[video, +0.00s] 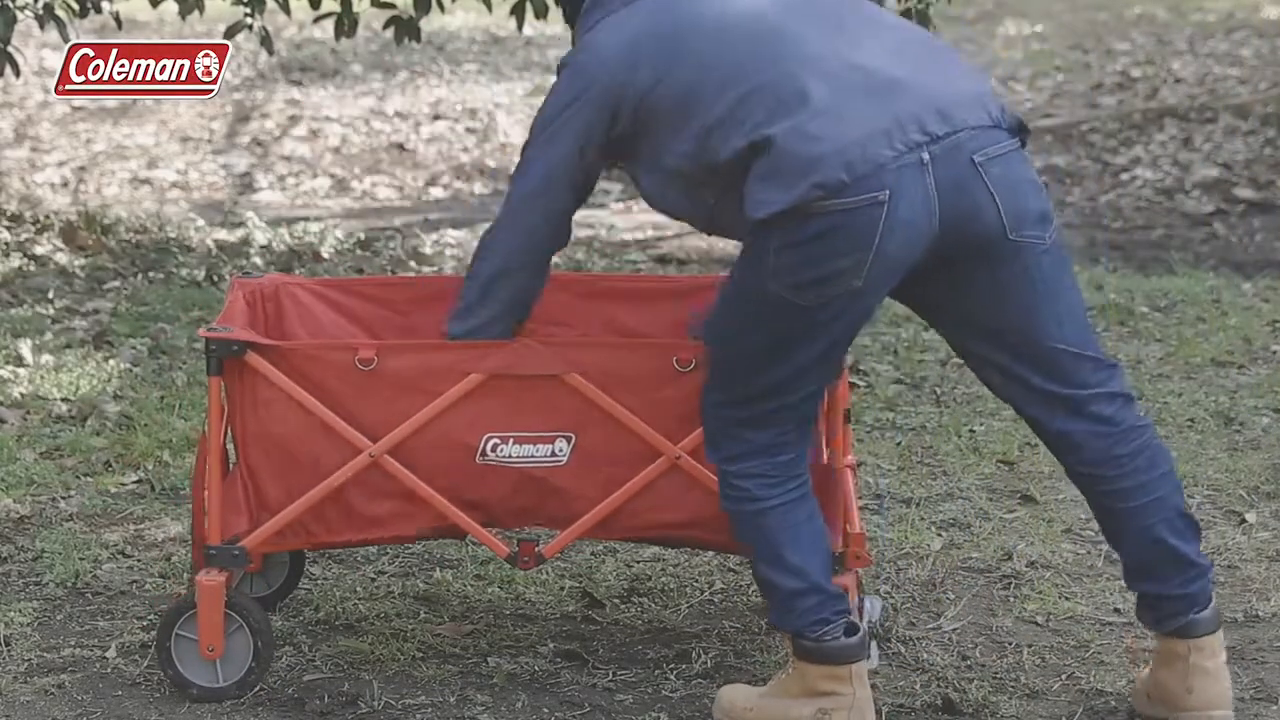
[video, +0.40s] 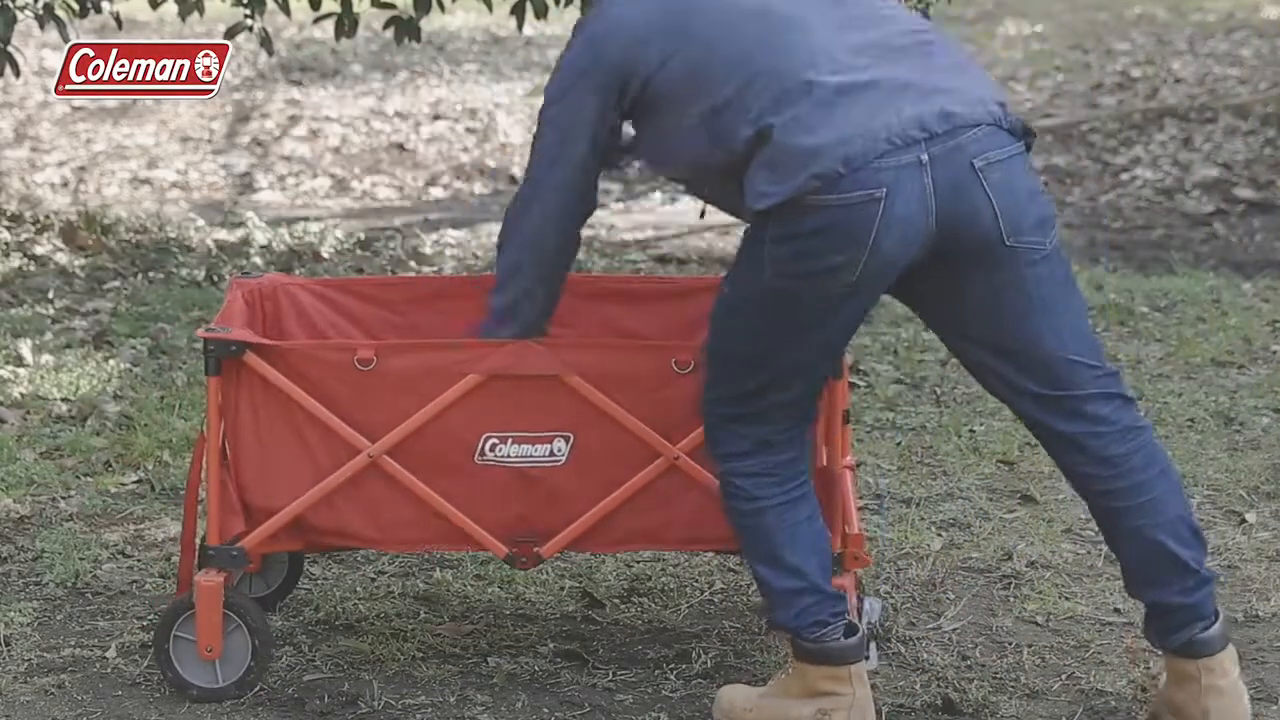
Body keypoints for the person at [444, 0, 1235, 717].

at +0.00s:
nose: (563, 44)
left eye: (563, 32)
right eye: (562, 32)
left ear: (585, 18)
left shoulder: (603, 54)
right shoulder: (789, 12)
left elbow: (517, 244)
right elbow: (838, 170)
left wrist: (457, 369)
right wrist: (734, 319)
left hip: (837, 201)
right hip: (984, 160)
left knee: (755, 443)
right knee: (1092, 403)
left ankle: (826, 668)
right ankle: (1192, 647)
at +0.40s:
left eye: (574, 42)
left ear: (607, 12)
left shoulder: (608, 32)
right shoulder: (815, 5)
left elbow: (543, 221)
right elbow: (859, 147)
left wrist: (498, 358)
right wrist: (791, 317)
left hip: (839, 197)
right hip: (989, 162)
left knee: (757, 430)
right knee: (1090, 406)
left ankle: (824, 670)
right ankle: (1203, 660)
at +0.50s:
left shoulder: (618, 7)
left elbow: (585, 167)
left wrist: (578, 293)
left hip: (846, 175)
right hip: (995, 140)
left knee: (777, 426)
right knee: (1086, 393)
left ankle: (828, 670)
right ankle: (1192, 660)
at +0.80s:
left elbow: (743, 30)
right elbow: (1046, 14)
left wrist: (768, 163)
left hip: (876, 145)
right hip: (1031, 131)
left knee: (835, 419)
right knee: (1091, 411)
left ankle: (830, 670)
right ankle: (1142, 673)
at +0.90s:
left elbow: (783, 10)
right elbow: (1113, 30)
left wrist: (778, 113)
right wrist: (1118, 182)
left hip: (905, 151)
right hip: (1066, 149)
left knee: (852, 423)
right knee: (1097, 423)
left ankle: (831, 671)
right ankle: (1123, 679)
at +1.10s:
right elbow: (1242, 15)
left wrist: (805, 15)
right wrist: (1236, 166)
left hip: (989, 145)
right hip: (1154, 152)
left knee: (906, 412)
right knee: (1145, 433)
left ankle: (831, 657)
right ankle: (1128, 679)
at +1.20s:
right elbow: (1275, 22)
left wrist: (841, 6)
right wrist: (1274, 154)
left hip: (1032, 143)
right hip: (1199, 152)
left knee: (928, 401)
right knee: (1165, 432)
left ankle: (860, 647)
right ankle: (1129, 681)